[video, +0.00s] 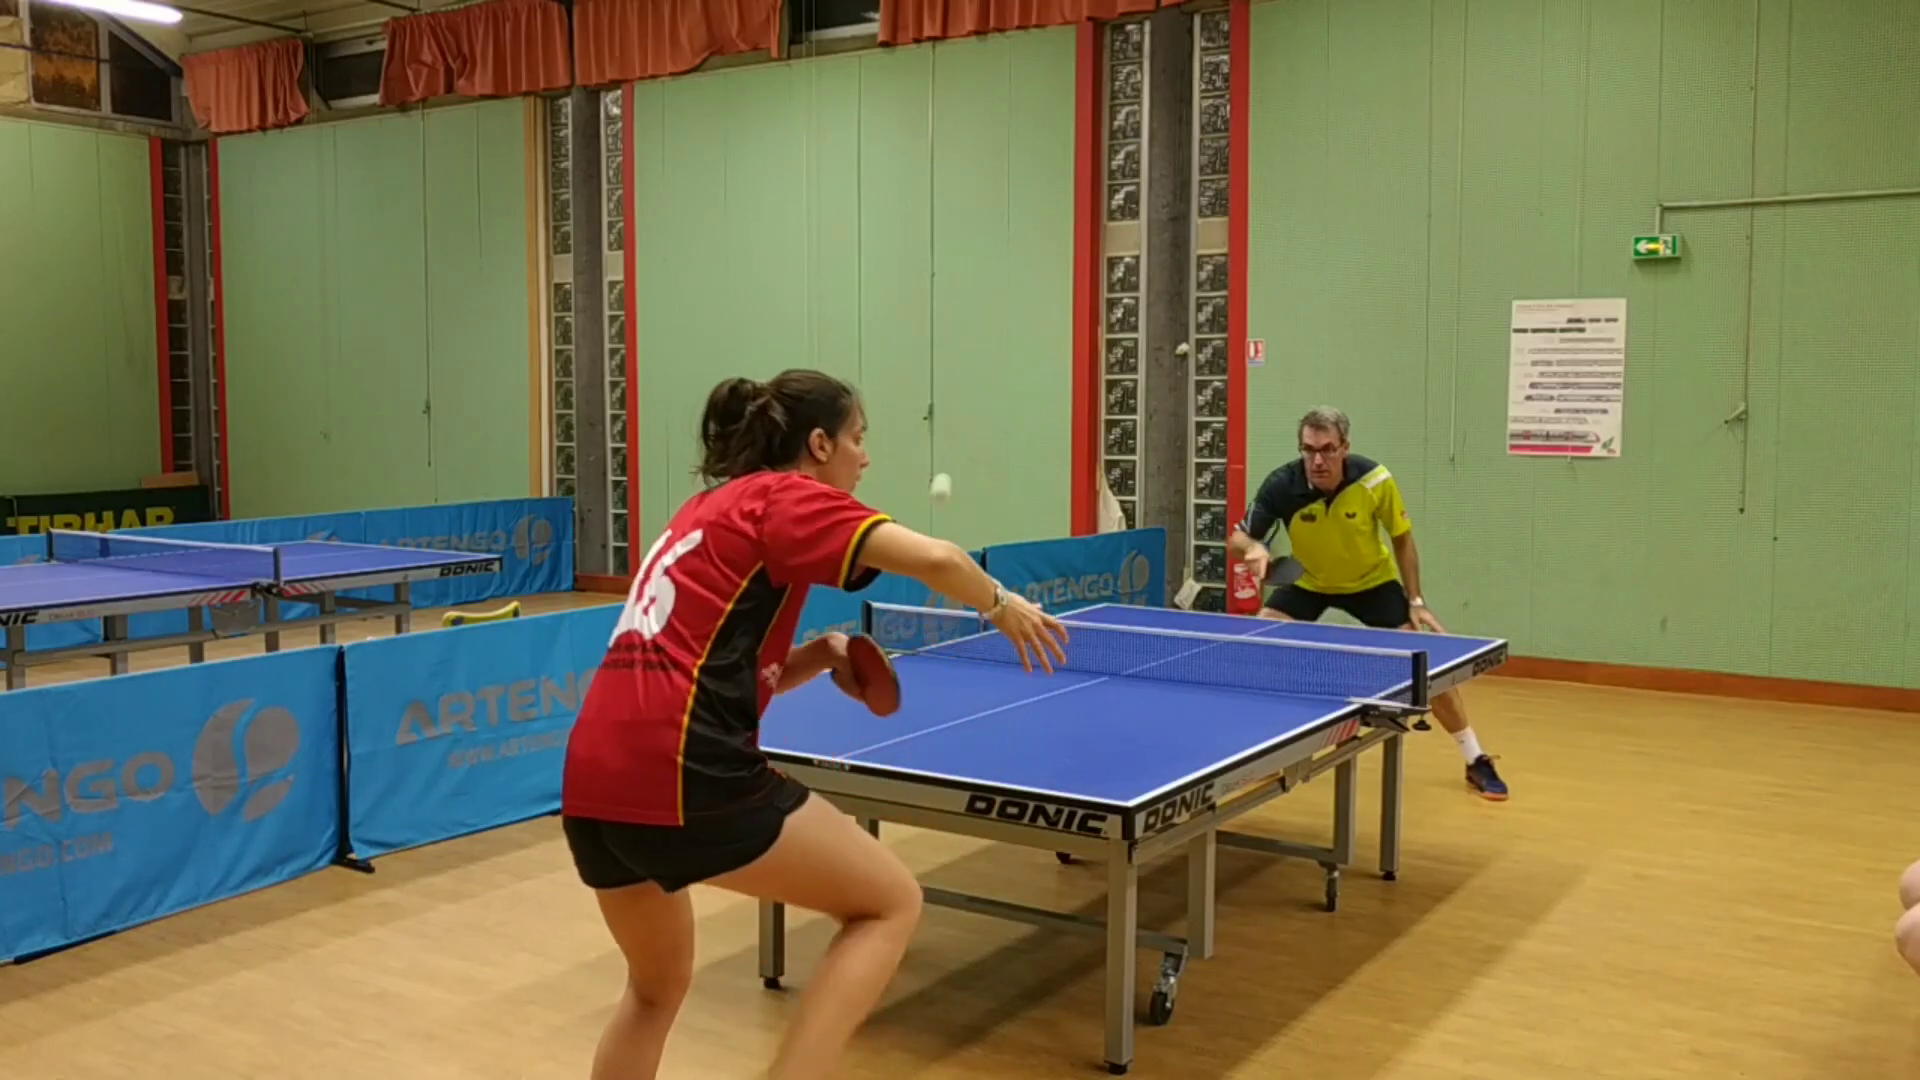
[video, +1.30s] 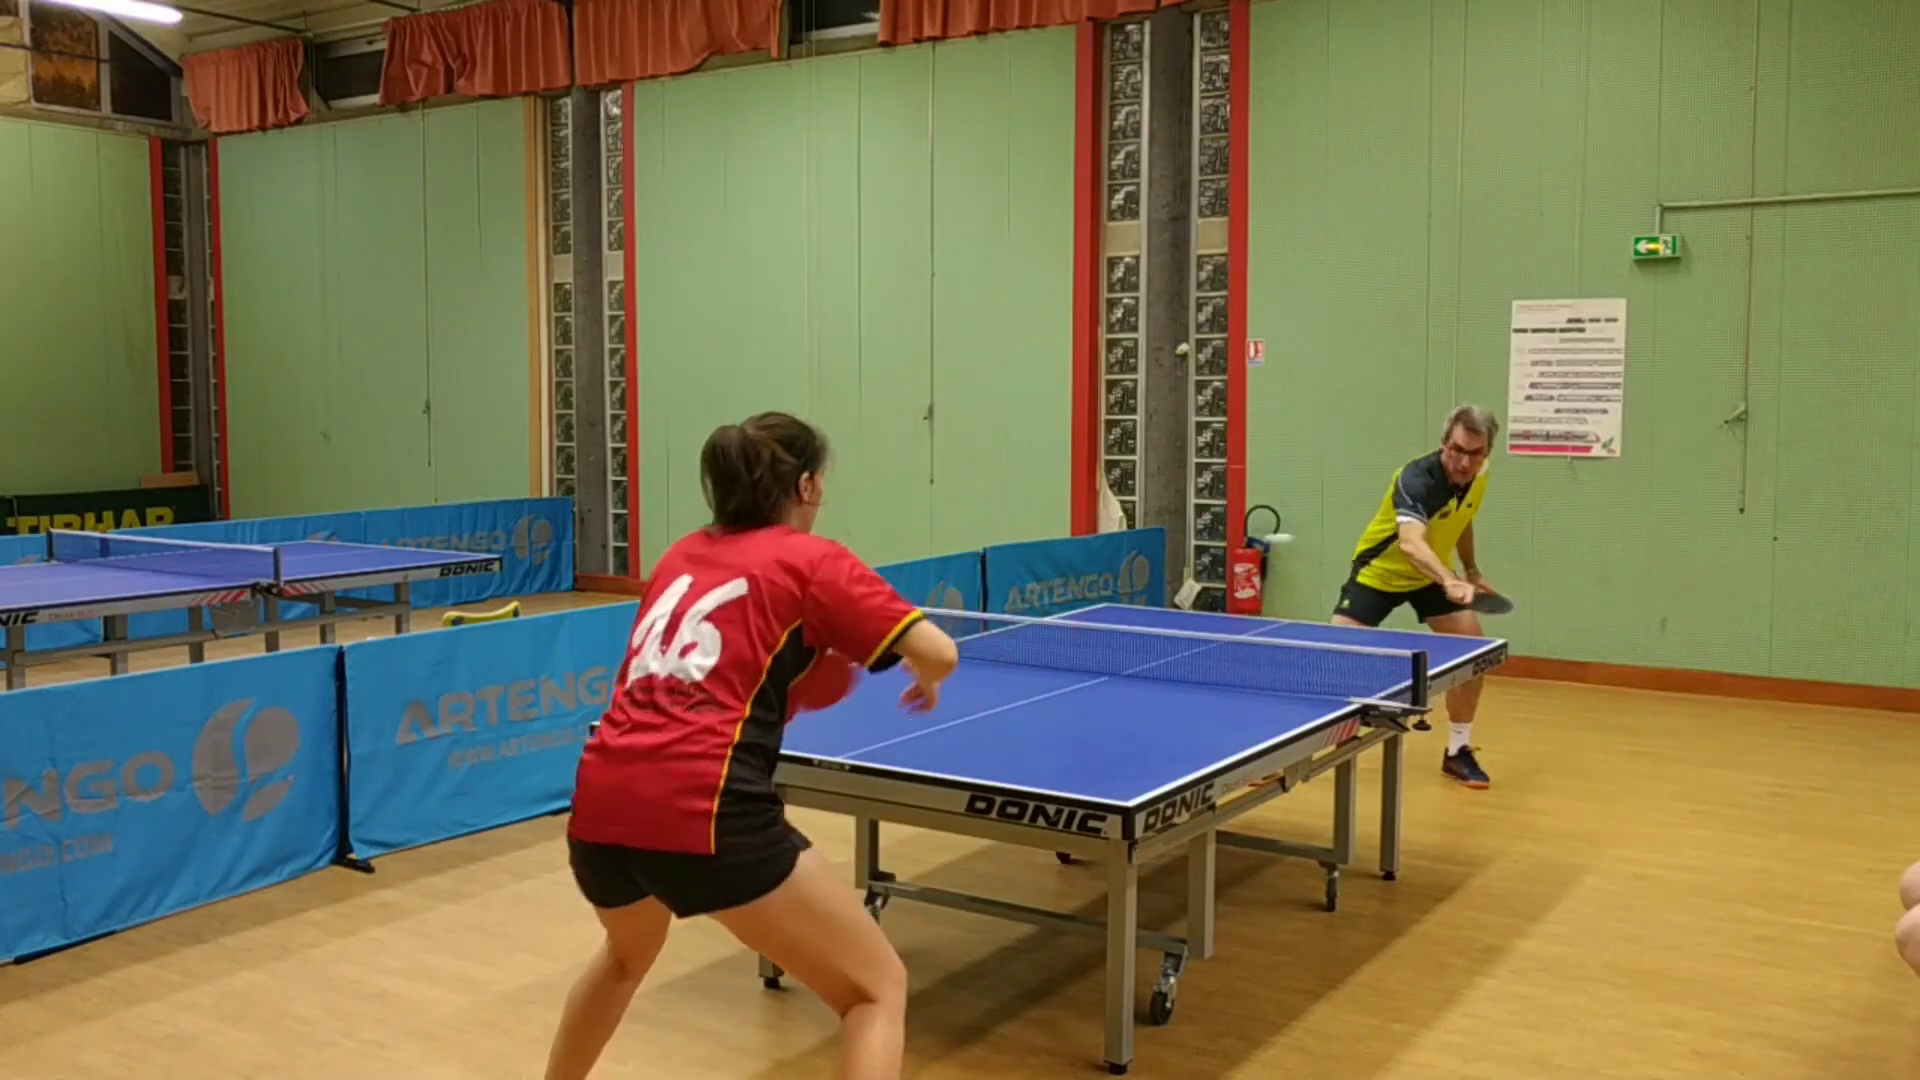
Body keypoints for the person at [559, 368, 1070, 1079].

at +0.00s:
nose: (865, 458)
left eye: (864, 442)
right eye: (858, 440)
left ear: (789, 442)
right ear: (816, 444)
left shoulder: (704, 510)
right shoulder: (786, 501)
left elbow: (720, 683)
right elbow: (935, 558)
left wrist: (819, 653)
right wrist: (1000, 602)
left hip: (593, 783)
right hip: (691, 780)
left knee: (653, 987)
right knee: (890, 902)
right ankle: (797, 1070)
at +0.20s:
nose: (903, 481)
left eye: (905, 466)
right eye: (902, 465)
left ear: (821, 456)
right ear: (873, 463)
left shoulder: (741, 512)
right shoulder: (848, 525)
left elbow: (765, 603)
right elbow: (1001, 597)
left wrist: (852, 658)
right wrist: (997, 654)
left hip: (629, 788)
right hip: (732, 794)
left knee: (660, 995)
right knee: (886, 996)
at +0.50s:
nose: (938, 466)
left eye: (940, 451)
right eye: (938, 450)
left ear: (849, 439)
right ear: (923, 453)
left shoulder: (791, 497)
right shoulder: (920, 518)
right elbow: (1080, 576)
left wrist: (938, 581)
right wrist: (1000, 575)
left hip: (684, 778)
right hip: (795, 794)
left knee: (663, 961)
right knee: (926, 992)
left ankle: (594, 1078)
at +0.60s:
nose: (922, 442)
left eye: (920, 429)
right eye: (919, 430)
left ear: (831, 437)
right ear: (905, 442)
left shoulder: (775, 500)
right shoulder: (908, 518)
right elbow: (1067, 570)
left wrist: (930, 569)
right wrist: (990, 559)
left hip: (677, 775)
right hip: (790, 790)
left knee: (640, 965)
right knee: (921, 991)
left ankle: (581, 1079)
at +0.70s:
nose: (892, 454)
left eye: (890, 439)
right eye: (889, 440)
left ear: (801, 450)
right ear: (873, 452)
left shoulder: (747, 516)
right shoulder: (877, 531)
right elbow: (1033, 589)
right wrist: (964, 572)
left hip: (652, 789)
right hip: (764, 802)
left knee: (626, 973)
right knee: (910, 988)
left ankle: (571, 1079)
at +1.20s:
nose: (837, 468)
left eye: (836, 455)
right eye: (835, 455)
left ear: (744, 460)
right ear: (815, 462)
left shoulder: (692, 529)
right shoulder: (817, 532)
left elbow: (718, 633)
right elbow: (947, 622)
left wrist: (815, 648)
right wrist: (911, 636)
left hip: (602, 787)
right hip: (704, 793)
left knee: (639, 927)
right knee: (857, 991)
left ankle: (565, 1074)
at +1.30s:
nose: (823, 489)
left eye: (821, 475)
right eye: (821, 477)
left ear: (733, 484)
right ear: (804, 485)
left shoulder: (681, 555)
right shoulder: (811, 559)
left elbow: (721, 682)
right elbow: (936, 652)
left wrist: (815, 684)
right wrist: (927, 680)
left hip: (599, 815)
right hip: (708, 820)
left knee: (623, 957)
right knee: (875, 987)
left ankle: (558, 1075)